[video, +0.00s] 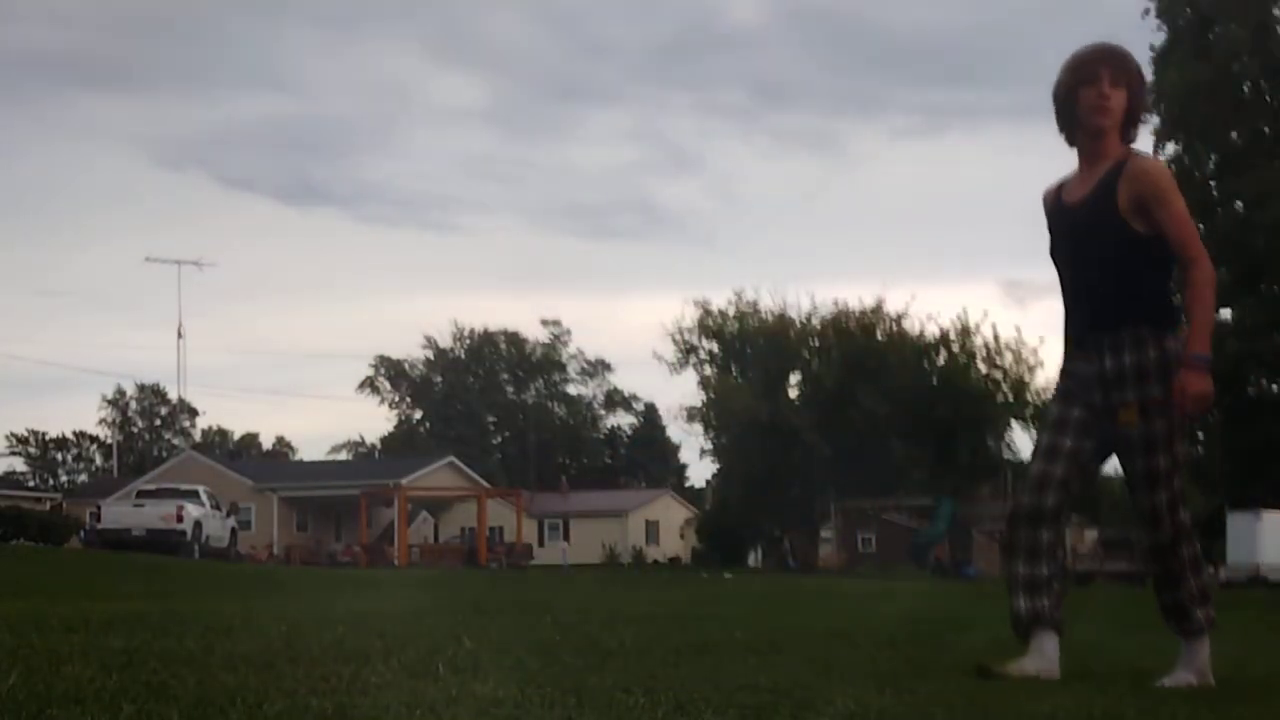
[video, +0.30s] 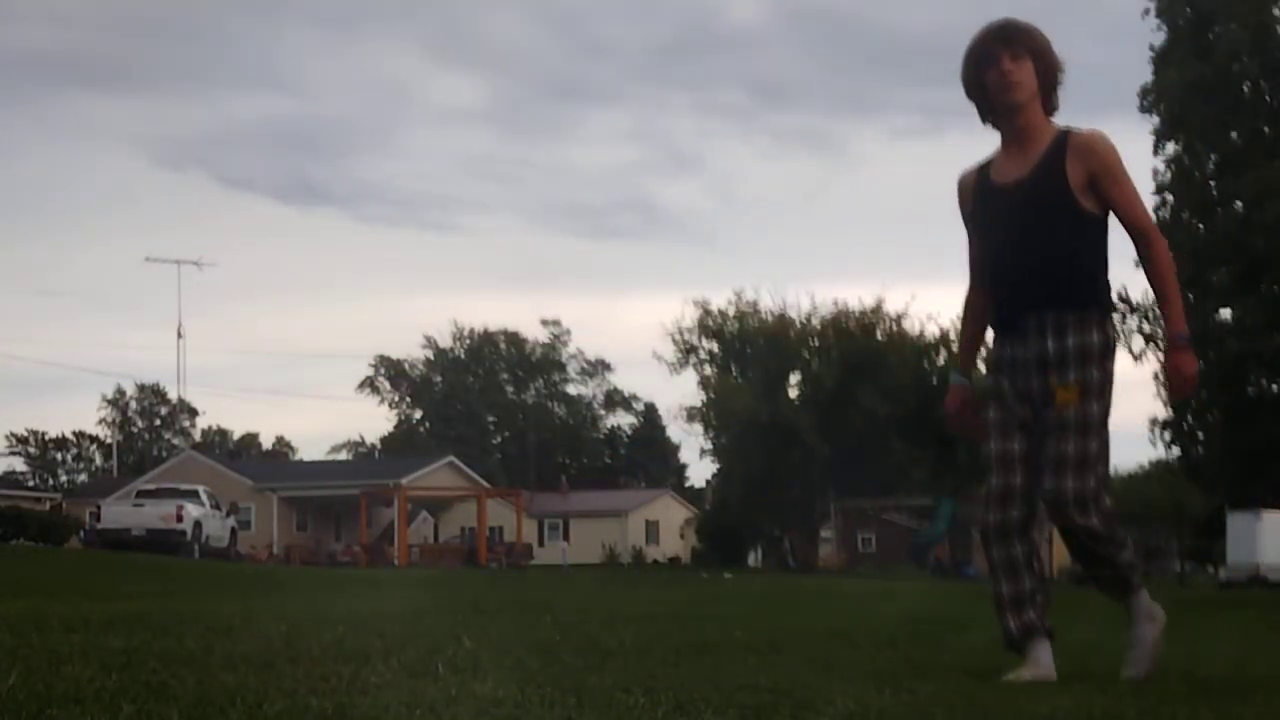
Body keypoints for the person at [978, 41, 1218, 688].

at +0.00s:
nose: (1101, 94)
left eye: (1114, 86)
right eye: (1088, 85)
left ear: (1131, 101)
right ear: (1067, 102)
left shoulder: (1144, 172)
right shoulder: (1057, 197)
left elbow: (1198, 264)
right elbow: (1080, 290)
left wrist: (1196, 358)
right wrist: (1075, 366)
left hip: (1147, 357)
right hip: (1083, 365)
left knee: (1161, 506)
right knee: (1039, 496)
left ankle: (1196, 655)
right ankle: (1043, 649)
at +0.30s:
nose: (1005, 71)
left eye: (1016, 59)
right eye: (990, 66)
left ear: (1043, 73)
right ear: (977, 91)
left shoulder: (1086, 150)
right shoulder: (975, 185)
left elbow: (1149, 238)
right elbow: (980, 284)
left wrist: (1178, 337)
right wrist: (963, 370)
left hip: (1079, 340)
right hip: (1010, 350)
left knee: (1073, 497)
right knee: (1004, 506)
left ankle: (1142, 608)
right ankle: (1034, 654)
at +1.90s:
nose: (846, 9)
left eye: (842, 2)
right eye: (839, 1)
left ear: (784, 13)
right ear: (812, 8)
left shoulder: (762, 78)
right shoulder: (790, 62)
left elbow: (707, 203)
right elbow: (788, 144)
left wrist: (716, 283)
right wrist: (835, 197)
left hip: (759, 267)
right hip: (752, 262)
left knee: (781, 446)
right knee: (737, 443)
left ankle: (776, 634)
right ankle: (705, 640)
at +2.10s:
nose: (865, 31)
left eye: (864, 18)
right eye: (859, 18)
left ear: (795, 30)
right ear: (827, 23)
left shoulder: (758, 101)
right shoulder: (827, 80)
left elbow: (689, 208)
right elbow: (875, 146)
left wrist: (689, 310)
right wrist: (964, 185)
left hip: (743, 286)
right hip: (784, 281)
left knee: (782, 455)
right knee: (810, 453)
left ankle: (773, 629)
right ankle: (723, 624)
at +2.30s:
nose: (889, 39)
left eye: (888, 26)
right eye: (883, 25)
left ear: (819, 37)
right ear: (850, 30)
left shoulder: (774, 108)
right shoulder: (859, 89)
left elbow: (710, 207)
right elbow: (943, 164)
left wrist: (703, 309)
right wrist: (1051, 210)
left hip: (760, 295)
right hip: (814, 287)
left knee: (791, 456)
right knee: (874, 455)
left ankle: (775, 628)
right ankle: (818, 619)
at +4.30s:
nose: (988, 68)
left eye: (989, 57)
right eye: (982, 54)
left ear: (951, 58)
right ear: (950, 52)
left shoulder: (927, 136)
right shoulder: (895, 112)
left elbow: (909, 247)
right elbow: (843, 204)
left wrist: (936, 323)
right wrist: (884, 280)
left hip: (910, 317)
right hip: (879, 309)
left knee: (903, 479)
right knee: (879, 475)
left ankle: (878, 634)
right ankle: (857, 643)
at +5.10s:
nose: (1117, 208)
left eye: (1121, 197)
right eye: (1113, 193)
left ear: (1074, 189)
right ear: (1078, 184)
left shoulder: (1018, 294)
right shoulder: (1006, 213)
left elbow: (1005, 400)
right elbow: (911, 254)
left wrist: (1043, 496)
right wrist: (918, 360)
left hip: (903, 362)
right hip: (880, 344)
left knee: (963, 493)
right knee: (987, 460)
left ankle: (890, 641)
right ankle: (986, 644)